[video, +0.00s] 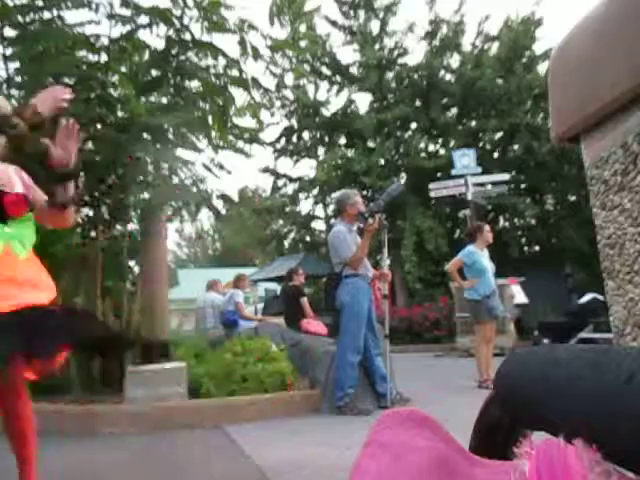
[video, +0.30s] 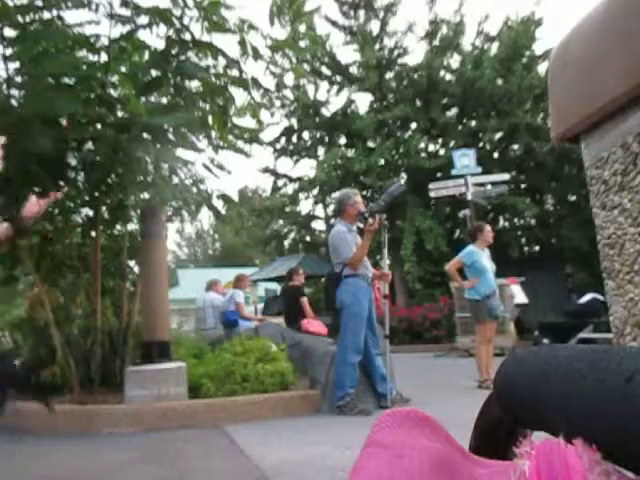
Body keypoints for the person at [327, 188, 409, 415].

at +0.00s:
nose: (363, 207)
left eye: (362, 203)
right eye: (359, 203)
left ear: (352, 208)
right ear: (347, 208)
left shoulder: (353, 231)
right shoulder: (339, 233)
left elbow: (360, 263)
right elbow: (354, 261)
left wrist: (375, 273)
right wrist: (368, 235)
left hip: (364, 283)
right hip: (353, 284)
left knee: (371, 343)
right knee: (351, 344)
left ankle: (386, 393)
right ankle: (344, 398)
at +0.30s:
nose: (363, 208)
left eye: (362, 204)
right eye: (359, 204)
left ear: (351, 207)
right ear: (347, 207)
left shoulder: (353, 231)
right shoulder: (339, 232)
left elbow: (360, 264)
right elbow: (354, 262)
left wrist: (376, 273)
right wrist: (368, 236)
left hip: (364, 285)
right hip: (352, 285)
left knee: (371, 344)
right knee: (351, 345)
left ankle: (386, 393)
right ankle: (344, 398)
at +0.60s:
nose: (363, 207)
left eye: (362, 203)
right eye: (358, 203)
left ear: (352, 207)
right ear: (347, 207)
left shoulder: (353, 231)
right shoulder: (339, 232)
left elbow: (359, 265)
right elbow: (354, 261)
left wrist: (376, 273)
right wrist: (368, 236)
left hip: (364, 285)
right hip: (352, 285)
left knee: (370, 344)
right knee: (351, 345)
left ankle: (387, 394)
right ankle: (344, 399)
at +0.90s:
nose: (361, 205)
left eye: (359, 201)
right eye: (356, 201)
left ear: (349, 208)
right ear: (347, 207)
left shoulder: (351, 232)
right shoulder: (339, 233)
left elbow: (358, 264)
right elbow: (354, 261)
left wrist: (375, 273)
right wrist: (368, 235)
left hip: (364, 285)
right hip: (352, 284)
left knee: (370, 344)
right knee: (351, 345)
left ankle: (387, 394)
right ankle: (344, 399)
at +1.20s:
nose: (359, 204)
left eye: (356, 200)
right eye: (354, 201)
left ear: (347, 208)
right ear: (346, 207)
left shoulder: (349, 232)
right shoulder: (338, 232)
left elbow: (356, 264)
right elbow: (354, 261)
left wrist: (374, 273)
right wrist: (367, 234)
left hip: (363, 284)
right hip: (352, 285)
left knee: (371, 344)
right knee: (351, 345)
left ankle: (387, 393)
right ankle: (344, 398)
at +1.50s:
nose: (358, 204)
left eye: (356, 200)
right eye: (354, 201)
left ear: (346, 208)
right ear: (345, 207)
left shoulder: (349, 232)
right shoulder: (338, 232)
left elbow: (355, 265)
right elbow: (353, 261)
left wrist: (373, 273)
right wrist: (367, 234)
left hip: (362, 284)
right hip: (351, 284)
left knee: (371, 344)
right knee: (351, 344)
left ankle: (387, 393)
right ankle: (344, 398)